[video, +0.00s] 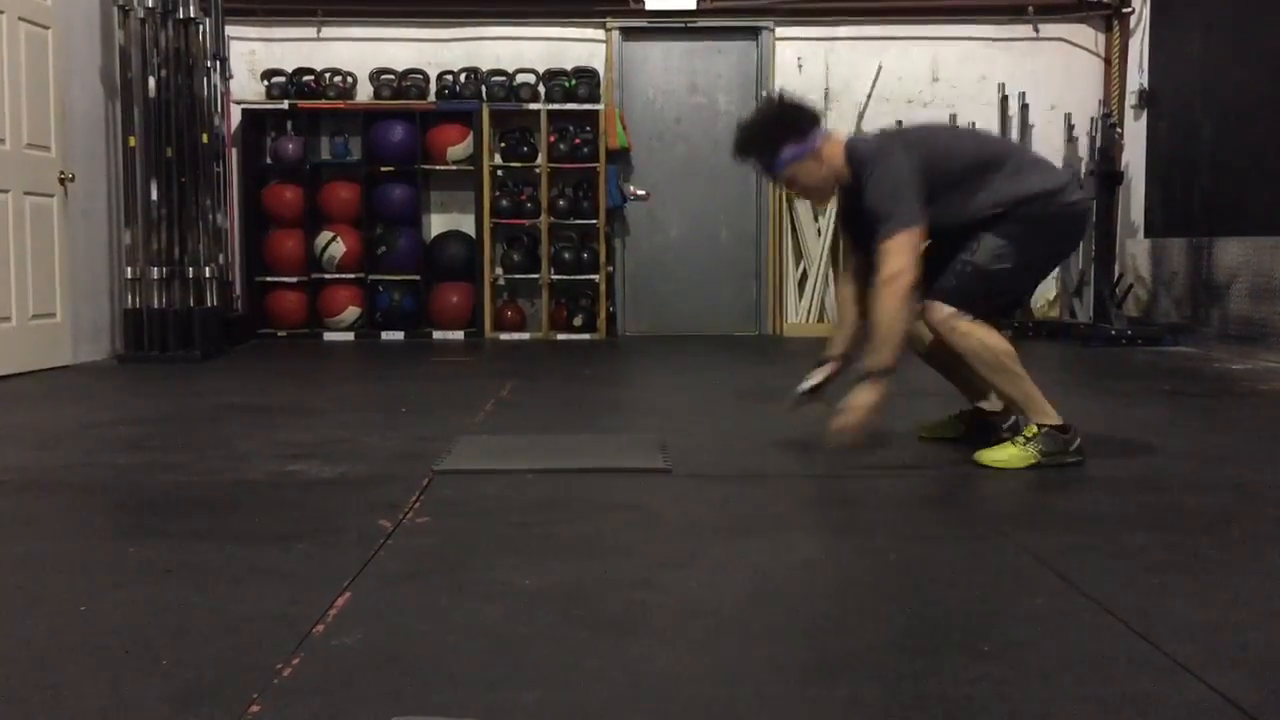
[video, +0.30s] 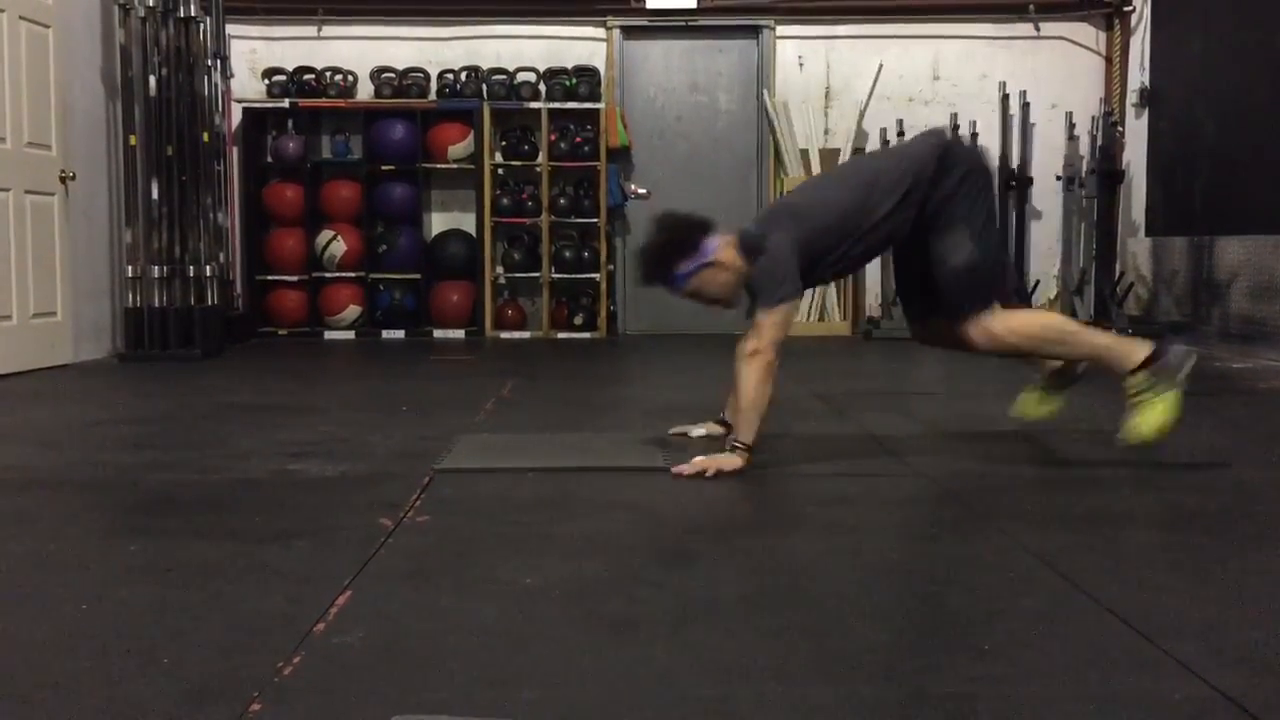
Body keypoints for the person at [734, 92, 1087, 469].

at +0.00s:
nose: (794, 192)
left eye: (791, 179)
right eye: (785, 185)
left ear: (817, 150)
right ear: (818, 152)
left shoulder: (886, 163)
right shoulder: (854, 189)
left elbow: (899, 276)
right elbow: (857, 278)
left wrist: (874, 379)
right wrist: (837, 357)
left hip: (1042, 208)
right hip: (991, 218)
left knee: (948, 313)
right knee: (904, 316)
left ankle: (1051, 428)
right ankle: (992, 409)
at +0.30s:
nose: (705, 299)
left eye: (697, 287)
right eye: (693, 294)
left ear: (716, 255)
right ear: (714, 256)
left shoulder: (777, 250)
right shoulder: (761, 249)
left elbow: (765, 355)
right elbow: (757, 344)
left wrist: (741, 449)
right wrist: (732, 417)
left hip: (950, 172)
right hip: (913, 203)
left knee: (984, 322)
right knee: (937, 327)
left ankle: (1144, 359)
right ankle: (1063, 357)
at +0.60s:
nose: (634, 277)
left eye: (629, 264)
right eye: (627, 267)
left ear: (648, 242)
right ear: (654, 232)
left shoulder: (725, 259)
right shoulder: (703, 271)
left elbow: (762, 351)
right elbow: (747, 354)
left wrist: (742, 447)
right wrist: (731, 418)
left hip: (890, 366)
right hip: (878, 363)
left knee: (1042, 426)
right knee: (997, 394)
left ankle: (1208, 387)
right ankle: (1109, 359)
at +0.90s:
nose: (610, 406)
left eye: (605, 394)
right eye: (601, 398)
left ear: (620, 370)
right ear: (622, 361)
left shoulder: (685, 365)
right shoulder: (677, 364)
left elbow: (782, 368)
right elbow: (763, 375)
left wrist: (742, 445)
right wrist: (723, 435)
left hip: (884, 406)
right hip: (876, 389)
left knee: (1048, 431)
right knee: (1008, 406)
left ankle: (1203, 378)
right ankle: (1111, 350)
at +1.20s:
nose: (611, 333)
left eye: (611, 321)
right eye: (606, 323)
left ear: (636, 303)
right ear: (636, 301)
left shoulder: (690, 325)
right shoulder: (683, 328)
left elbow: (772, 360)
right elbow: (754, 367)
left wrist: (743, 441)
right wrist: (728, 429)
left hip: (874, 398)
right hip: (866, 392)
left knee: (1042, 432)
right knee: (1004, 404)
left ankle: (1202, 377)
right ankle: (1123, 352)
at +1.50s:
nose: (623, 272)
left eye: (615, 259)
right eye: (613, 264)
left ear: (632, 229)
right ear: (632, 232)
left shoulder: (710, 235)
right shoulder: (694, 246)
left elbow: (736, 338)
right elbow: (729, 338)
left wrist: (738, 439)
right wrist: (726, 417)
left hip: (883, 294)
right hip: (875, 303)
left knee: (1020, 357)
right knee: (1006, 349)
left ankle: (1197, 376)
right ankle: (1135, 360)